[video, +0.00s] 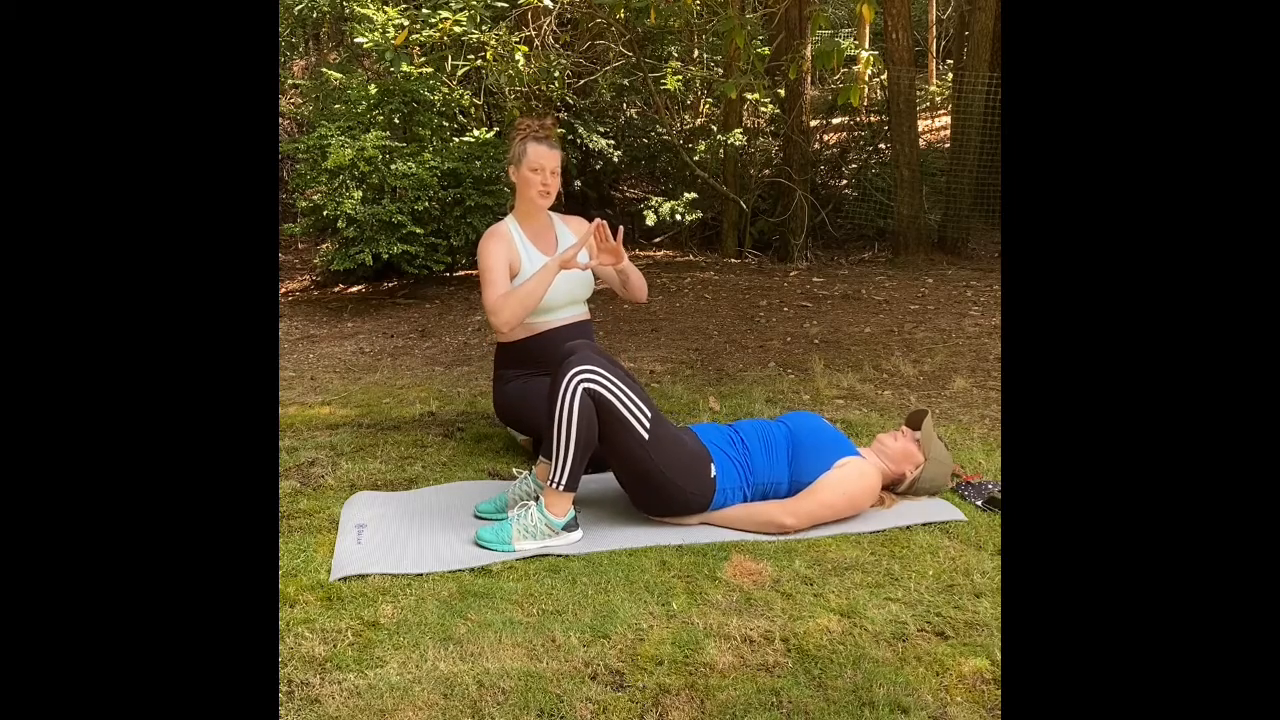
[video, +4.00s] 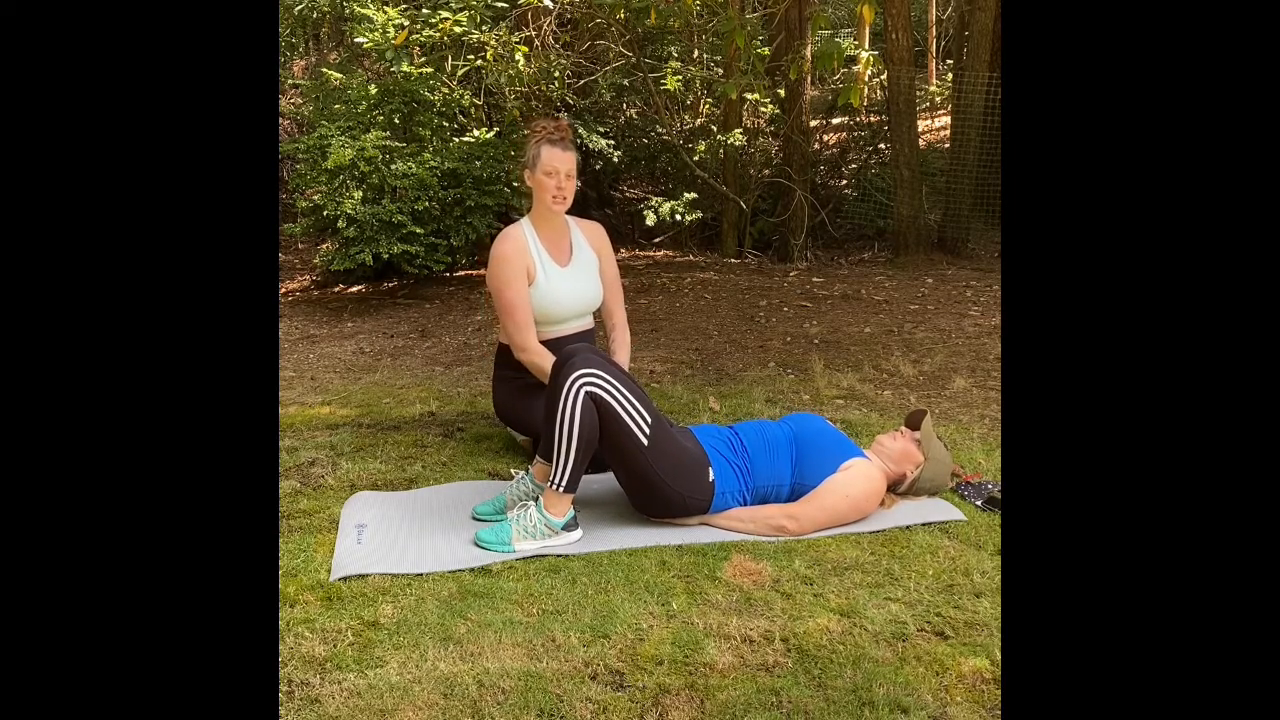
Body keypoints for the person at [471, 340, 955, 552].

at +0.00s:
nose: (898, 433)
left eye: (909, 440)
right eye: (907, 430)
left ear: (908, 472)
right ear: (895, 442)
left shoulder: (860, 477)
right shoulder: (844, 454)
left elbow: (788, 516)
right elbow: (772, 494)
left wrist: (703, 515)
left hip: (694, 480)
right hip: (680, 454)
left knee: (585, 372)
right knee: (586, 362)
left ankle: (554, 509)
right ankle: (543, 484)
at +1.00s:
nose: (899, 432)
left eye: (910, 440)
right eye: (908, 430)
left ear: (908, 471)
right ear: (898, 445)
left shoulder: (863, 478)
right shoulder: (846, 454)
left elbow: (794, 521)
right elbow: (776, 497)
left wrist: (707, 516)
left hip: (695, 483)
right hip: (681, 455)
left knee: (589, 374)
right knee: (590, 364)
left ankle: (554, 511)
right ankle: (542, 484)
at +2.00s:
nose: (897, 433)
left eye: (908, 440)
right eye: (906, 430)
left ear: (908, 471)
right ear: (897, 444)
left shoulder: (863, 479)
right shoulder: (847, 456)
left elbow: (794, 520)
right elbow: (774, 494)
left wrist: (711, 517)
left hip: (693, 482)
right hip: (680, 452)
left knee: (589, 376)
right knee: (589, 364)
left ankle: (554, 511)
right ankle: (540, 484)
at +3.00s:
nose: (896, 433)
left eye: (907, 439)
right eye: (905, 430)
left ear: (908, 470)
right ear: (898, 446)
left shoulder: (864, 480)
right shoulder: (847, 457)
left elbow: (795, 520)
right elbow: (777, 498)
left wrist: (712, 516)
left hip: (694, 483)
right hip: (679, 455)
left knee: (586, 374)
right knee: (585, 365)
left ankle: (553, 510)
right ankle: (541, 484)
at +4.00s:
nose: (897, 433)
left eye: (908, 439)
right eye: (906, 430)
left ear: (908, 470)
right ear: (898, 446)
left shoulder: (864, 479)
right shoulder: (846, 457)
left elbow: (795, 521)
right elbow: (777, 499)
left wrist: (710, 516)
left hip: (693, 482)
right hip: (678, 456)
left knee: (586, 369)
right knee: (576, 355)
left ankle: (553, 510)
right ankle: (542, 483)